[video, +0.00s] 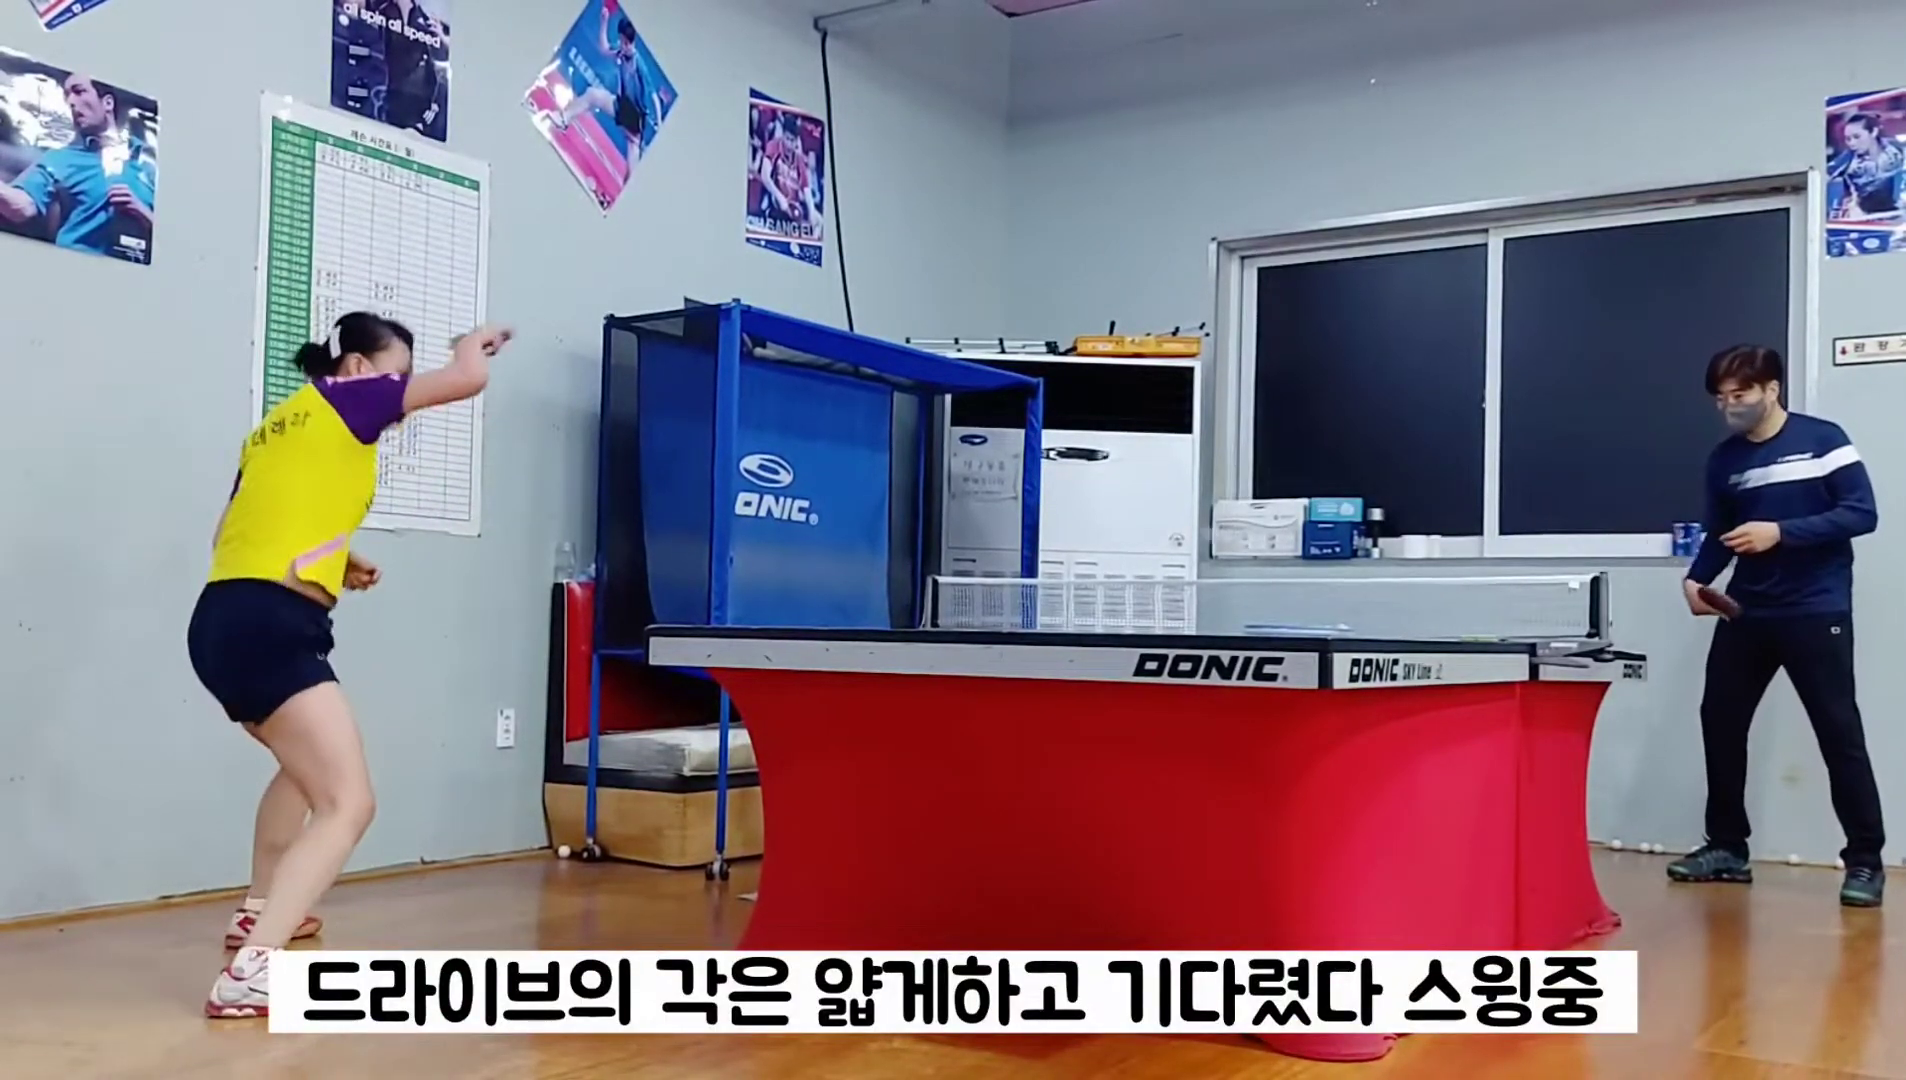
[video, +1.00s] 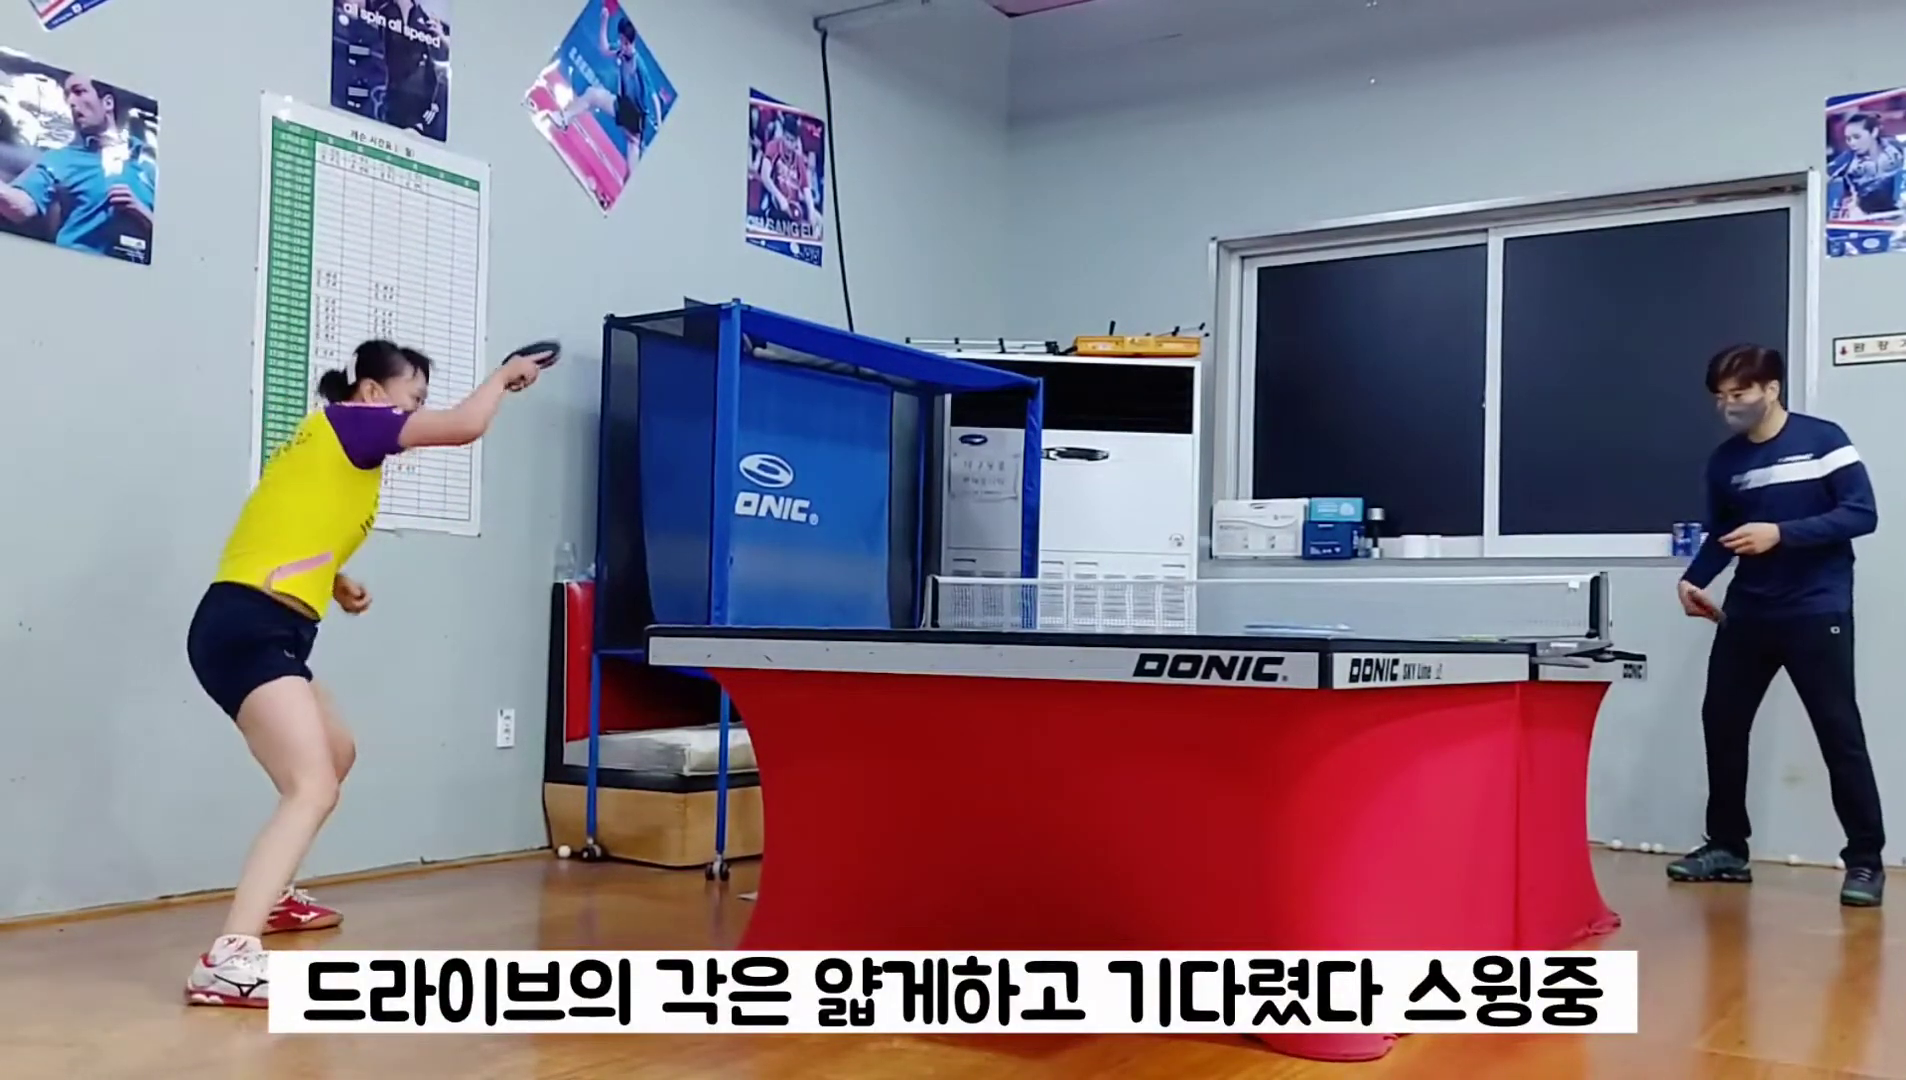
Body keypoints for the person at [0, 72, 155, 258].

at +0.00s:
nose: (70, 101)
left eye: (79, 91)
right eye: (67, 96)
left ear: (108, 103)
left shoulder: (149, 162)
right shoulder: (60, 159)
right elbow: (20, 207)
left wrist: (143, 213)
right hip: (74, 262)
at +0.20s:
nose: (71, 101)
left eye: (79, 91)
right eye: (67, 96)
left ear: (108, 102)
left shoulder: (148, 162)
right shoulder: (59, 159)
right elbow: (20, 207)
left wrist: (141, 211)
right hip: (74, 261)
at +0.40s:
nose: (71, 101)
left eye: (79, 91)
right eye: (67, 96)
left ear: (108, 103)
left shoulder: (149, 164)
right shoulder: (59, 159)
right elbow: (20, 207)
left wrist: (142, 212)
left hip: (134, 270)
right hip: (74, 261)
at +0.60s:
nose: (71, 101)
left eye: (79, 91)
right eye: (67, 96)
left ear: (108, 103)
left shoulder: (149, 164)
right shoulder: (59, 159)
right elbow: (19, 207)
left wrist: (142, 212)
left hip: (134, 270)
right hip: (74, 261)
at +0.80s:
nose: (71, 101)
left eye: (79, 91)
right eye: (67, 96)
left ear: (108, 103)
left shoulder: (149, 164)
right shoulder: (60, 158)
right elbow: (20, 207)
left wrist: (142, 212)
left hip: (134, 270)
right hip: (74, 261)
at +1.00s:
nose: (71, 101)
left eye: (79, 91)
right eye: (67, 96)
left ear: (108, 103)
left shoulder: (149, 165)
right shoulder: (60, 159)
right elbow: (20, 207)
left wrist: (142, 212)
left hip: (134, 270)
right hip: (74, 261)